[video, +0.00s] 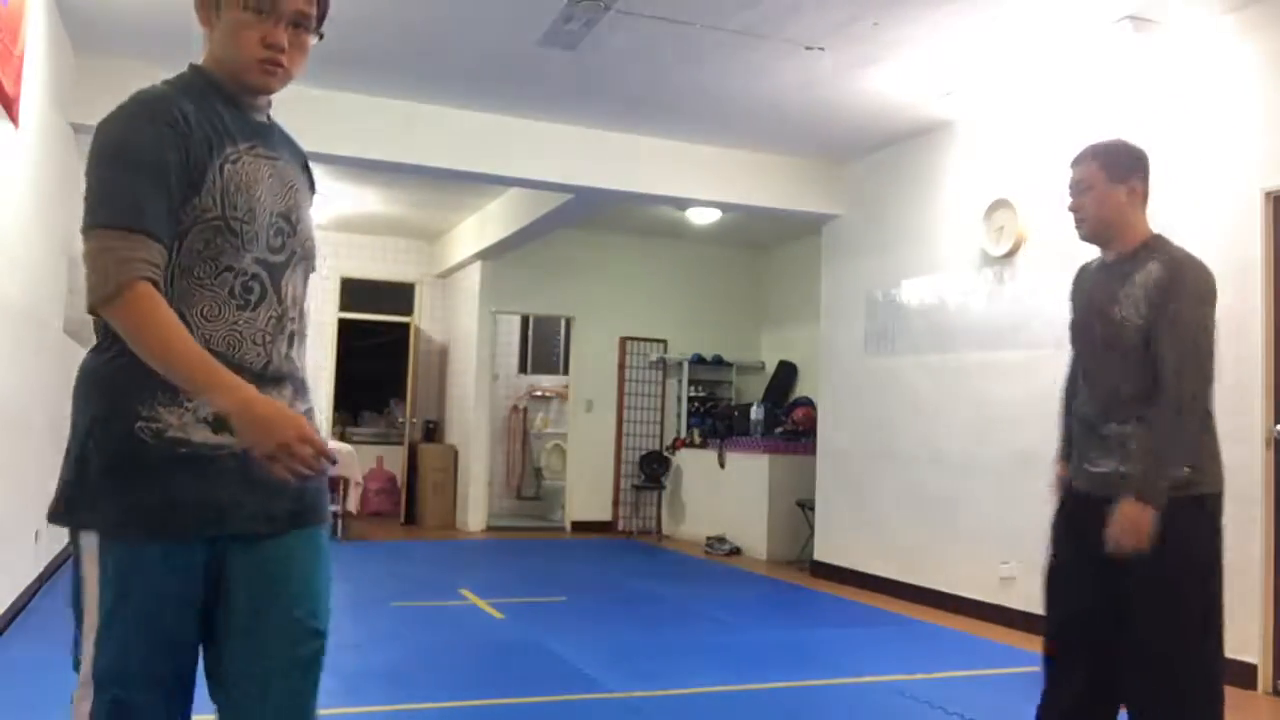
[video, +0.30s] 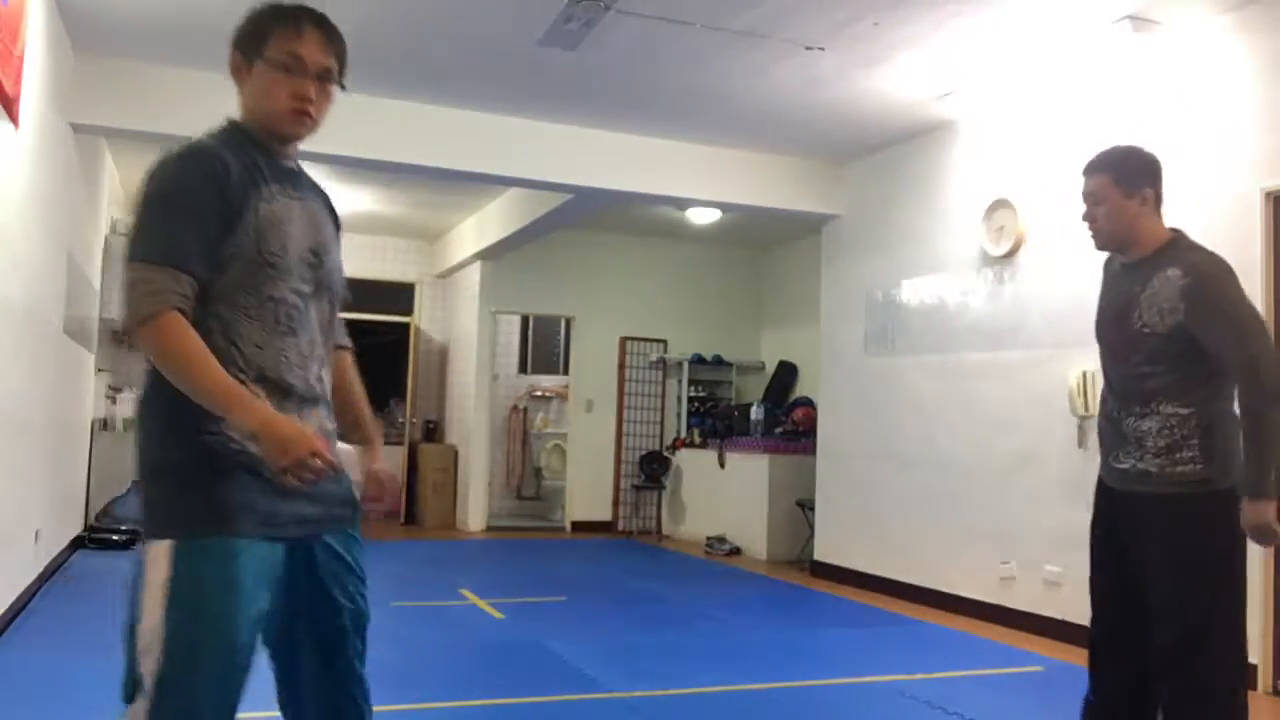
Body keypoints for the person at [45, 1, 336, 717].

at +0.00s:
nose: (280, 37)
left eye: (301, 25)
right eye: (260, 13)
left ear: (314, 44)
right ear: (208, 14)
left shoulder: (291, 157)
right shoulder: (150, 122)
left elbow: (273, 314)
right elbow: (121, 291)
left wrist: (291, 432)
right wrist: (248, 409)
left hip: (277, 489)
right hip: (149, 483)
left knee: (279, 706)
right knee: (132, 706)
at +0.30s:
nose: (309, 90)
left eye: (325, 79)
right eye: (289, 69)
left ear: (334, 95)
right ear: (242, 69)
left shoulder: (316, 201)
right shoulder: (197, 169)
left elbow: (330, 337)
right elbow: (152, 317)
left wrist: (370, 442)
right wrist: (261, 421)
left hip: (320, 498)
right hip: (213, 497)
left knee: (334, 698)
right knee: (186, 702)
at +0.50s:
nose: (353, 118)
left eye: (367, 107)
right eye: (336, 98)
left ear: (376, 122)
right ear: (290, 101)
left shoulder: (352, 219)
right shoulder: (257, 192)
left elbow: (376, 339)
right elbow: (238, 323)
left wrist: (464, 386)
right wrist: (368, 383)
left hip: (353, 478)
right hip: (265, 477)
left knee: (357, 672)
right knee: (220, 678)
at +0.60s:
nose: (363, 123)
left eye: (377, 112)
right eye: (347, 104)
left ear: (385, 124)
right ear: (299, 103)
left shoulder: (360, 221)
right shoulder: (269, 190)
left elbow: (387, 321)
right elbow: (280, 315)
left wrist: (468, 323)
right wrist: (417, 321)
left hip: (355, 464)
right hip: (274, 465)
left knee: (360, 656)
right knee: (230, 661)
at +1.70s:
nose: (420, 153)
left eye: (422, 140)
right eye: (411, 136)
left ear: (375, 136)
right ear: (366, 129)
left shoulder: (385, 230)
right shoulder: (322, 208)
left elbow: (450, 314)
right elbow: (385, 306)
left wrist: (523, 262)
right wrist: (463, 260)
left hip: (400, 445)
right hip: (333, 444)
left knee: (410, 622)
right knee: (338, 619)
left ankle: (397, 717)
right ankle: (279, 713)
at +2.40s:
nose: (462, 159)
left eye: (474, 147)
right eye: (446, 143)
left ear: (484, 158)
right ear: (411, 147)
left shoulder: (467, 247)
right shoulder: (381, 223)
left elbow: (484, 356)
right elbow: (370, 338)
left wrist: (564, 337)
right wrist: (488, 331)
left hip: (459, 475)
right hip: (386, 475)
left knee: (459, 651)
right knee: (359, 655)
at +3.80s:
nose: (522, 190)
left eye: (525, 179)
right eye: (515, 175)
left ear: (481, 175)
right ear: (474, 169)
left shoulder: (483, 253)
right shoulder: (443, 239)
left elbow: (526, 355)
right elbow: (488, 331)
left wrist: (606, 327)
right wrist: (552, 292)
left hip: (507, 461)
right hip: (456, 462)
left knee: (531, 617)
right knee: (442, 627)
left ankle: (532, 714)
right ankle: (396, 715)